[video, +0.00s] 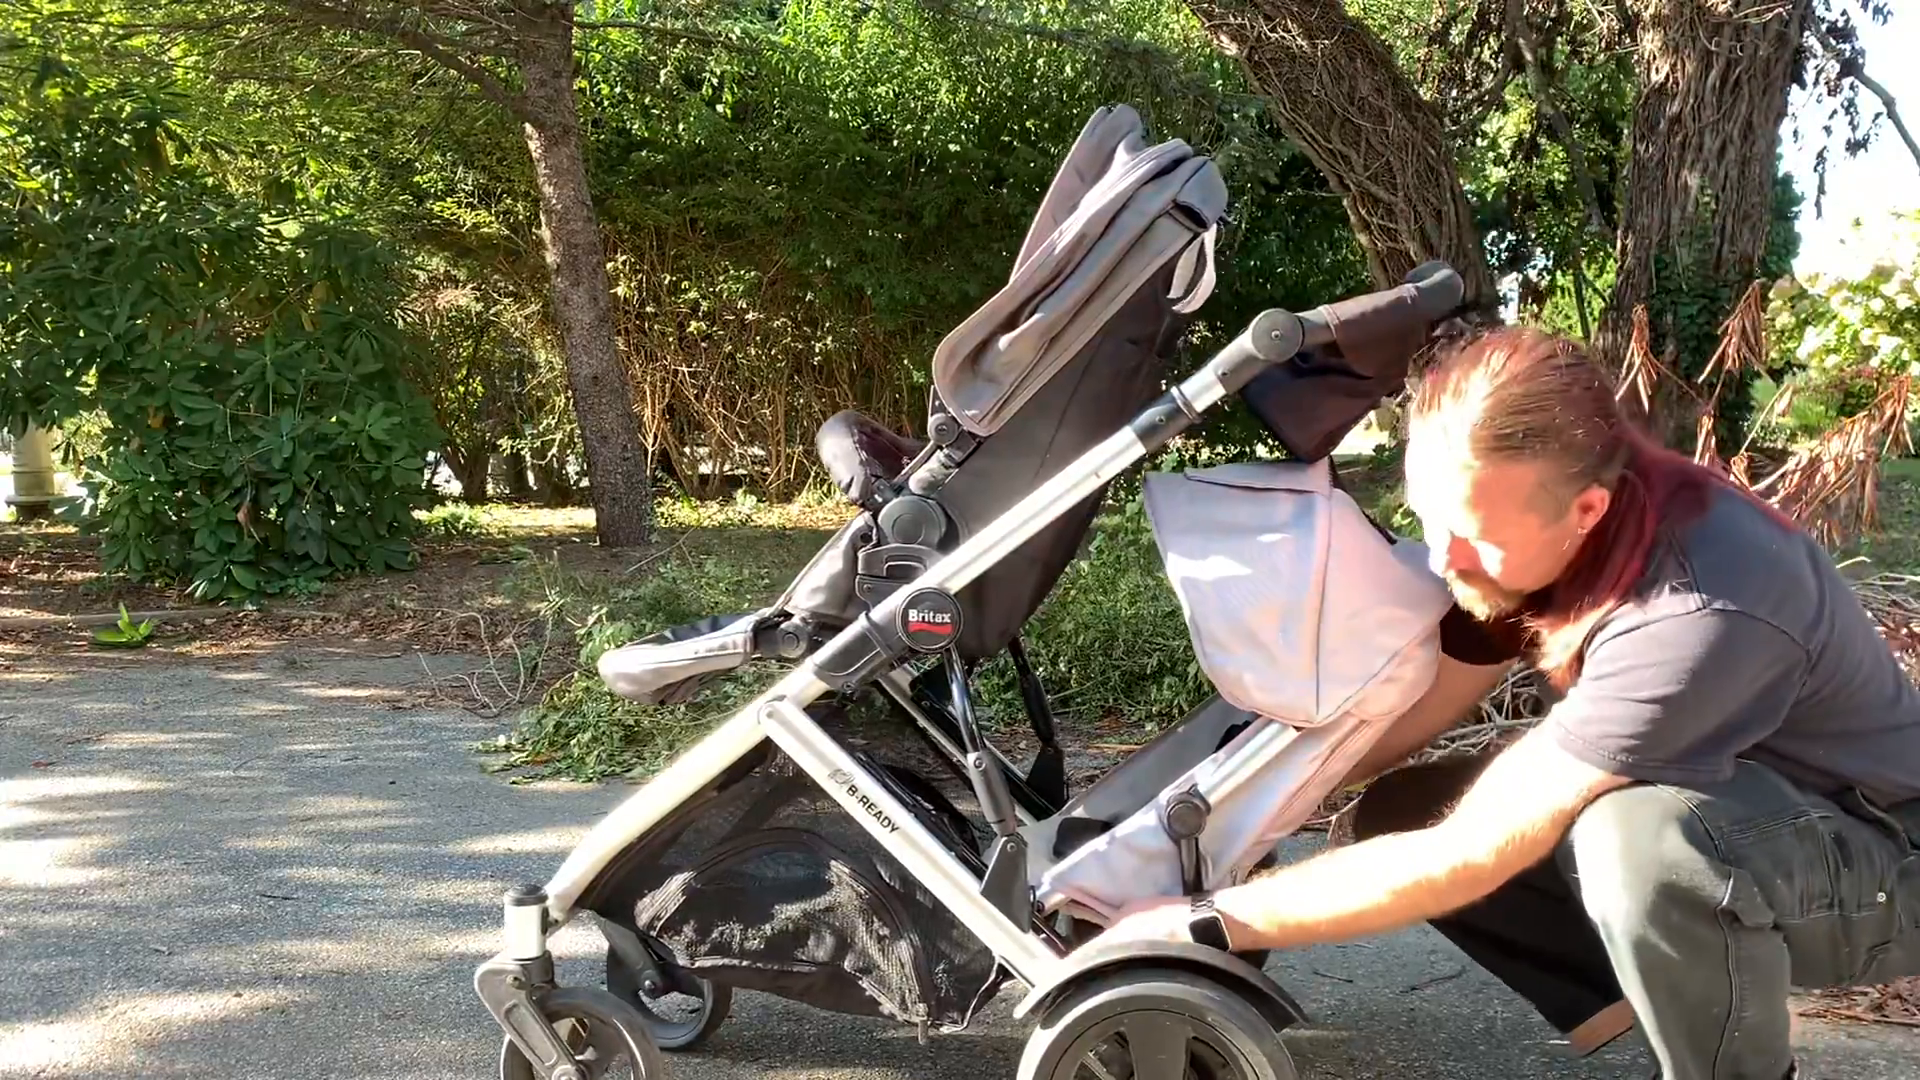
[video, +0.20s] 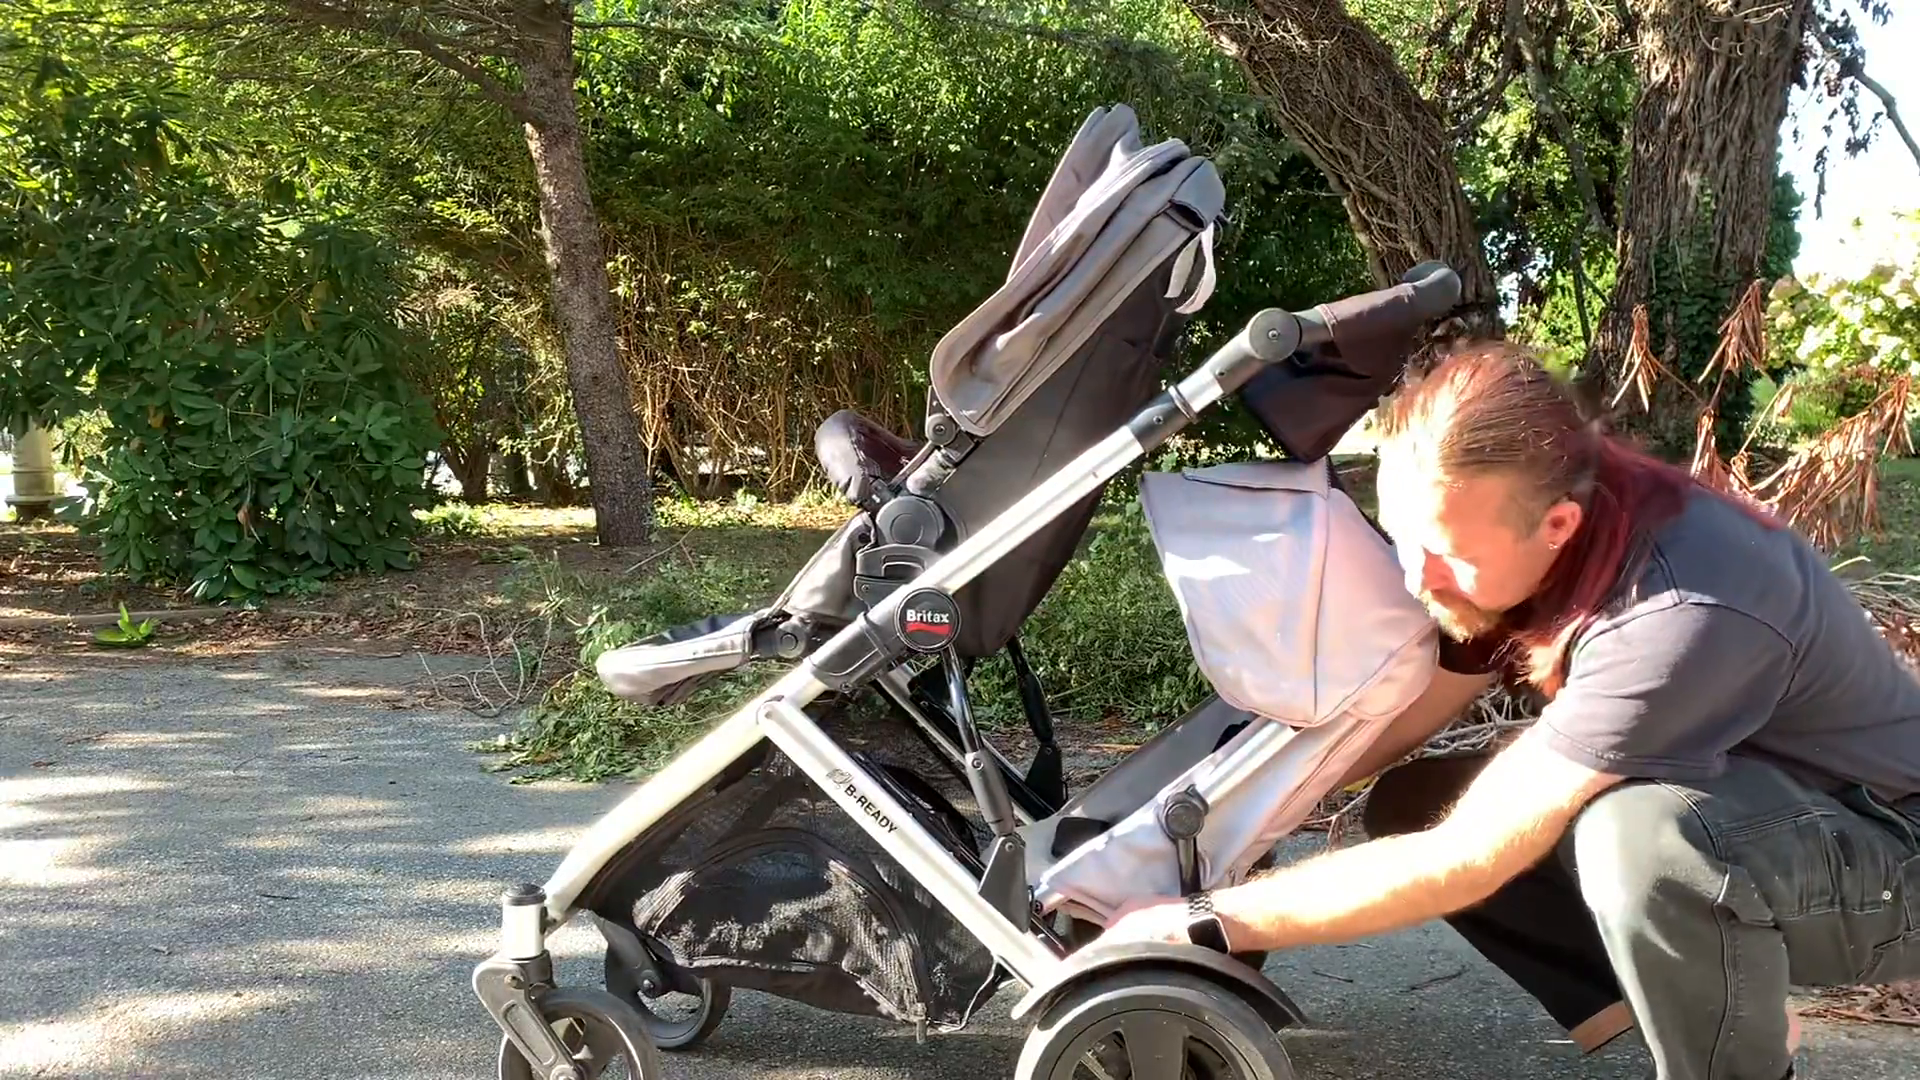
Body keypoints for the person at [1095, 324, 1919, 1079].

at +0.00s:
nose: (1445, 554)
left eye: (1480, 531)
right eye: (1434, 520)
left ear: (1589, 511)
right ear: (1422, 470)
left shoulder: (1704, 613)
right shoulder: (1544, 527)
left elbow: (1463, 863)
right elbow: (1388, 721)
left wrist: (1202, 927)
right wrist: (1195, 837)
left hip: (1878, 844)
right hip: (1714, 789)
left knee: (1636, 841)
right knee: (1402, 815)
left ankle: (1731, 1062)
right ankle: (1630, 1008)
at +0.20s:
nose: (1421, 575)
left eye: (1453, 549)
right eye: (1407, 541)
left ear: (1560, 528)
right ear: (1392, 498)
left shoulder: (1686, 611)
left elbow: (1461, 866)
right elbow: (1386, 723)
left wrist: (1201, 924)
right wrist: (1214, 837)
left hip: (1879, 835)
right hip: (1706, 774)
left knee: (1639, 839)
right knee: (1412, 804)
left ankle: (1730, 1062)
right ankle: (1647, 1018)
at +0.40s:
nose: (1420, 567)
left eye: (1451, 540)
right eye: (1408, 535)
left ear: (1561, 522)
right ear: (1395, 497)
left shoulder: (1687, 608)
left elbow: (1458, 851)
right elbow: (1370, 729)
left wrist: (1197, 923)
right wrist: (1182, 842)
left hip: (1880, 848)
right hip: (1724, 792)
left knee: (1626, 834)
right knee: (1416, 804)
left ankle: (1721, 1056)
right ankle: (1665, 1019)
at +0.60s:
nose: (1424, 563)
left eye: (1455, 537)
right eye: (1412, 531)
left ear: (1565, 518)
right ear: (1400, 493)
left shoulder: (1690, 608)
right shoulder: (1527, 544)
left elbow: (1464, 855)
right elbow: (1365, 725)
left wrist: (1197, 923)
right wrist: (1173, 841)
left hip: (1880, 846)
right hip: (1714, 787)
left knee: (1637, 830)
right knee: (1412, 806)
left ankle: (1730, 1062)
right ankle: (1652, 1023)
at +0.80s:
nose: (1427, 565)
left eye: (1457, 538)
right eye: (1413, 532)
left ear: (1567, 518)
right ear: (1402, 495)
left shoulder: (1698, 605)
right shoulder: (1527, 543)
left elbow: (1468, 850)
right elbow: (1353, 713)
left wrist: (1202, 922)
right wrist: (1171, 837)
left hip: (1879, 848)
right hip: (1706, 793)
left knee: (1642, 829)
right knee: (1410, 816)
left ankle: (1724, 1065)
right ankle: (1667, 1021)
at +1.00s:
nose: (1427, 556)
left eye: (1457, 531)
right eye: (1413, 525)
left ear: (1565, 511)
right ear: (1401, 482)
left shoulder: (1694, 599)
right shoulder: (1536, 542)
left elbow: (1475, 855)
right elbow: (1368, 703)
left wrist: (1216, 923)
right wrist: (1185, 829)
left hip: (1880, 846)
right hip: (1710, 797)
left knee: (1648, 825)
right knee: (1405, 820)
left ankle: (1727, 1060)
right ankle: (1646, 1017)